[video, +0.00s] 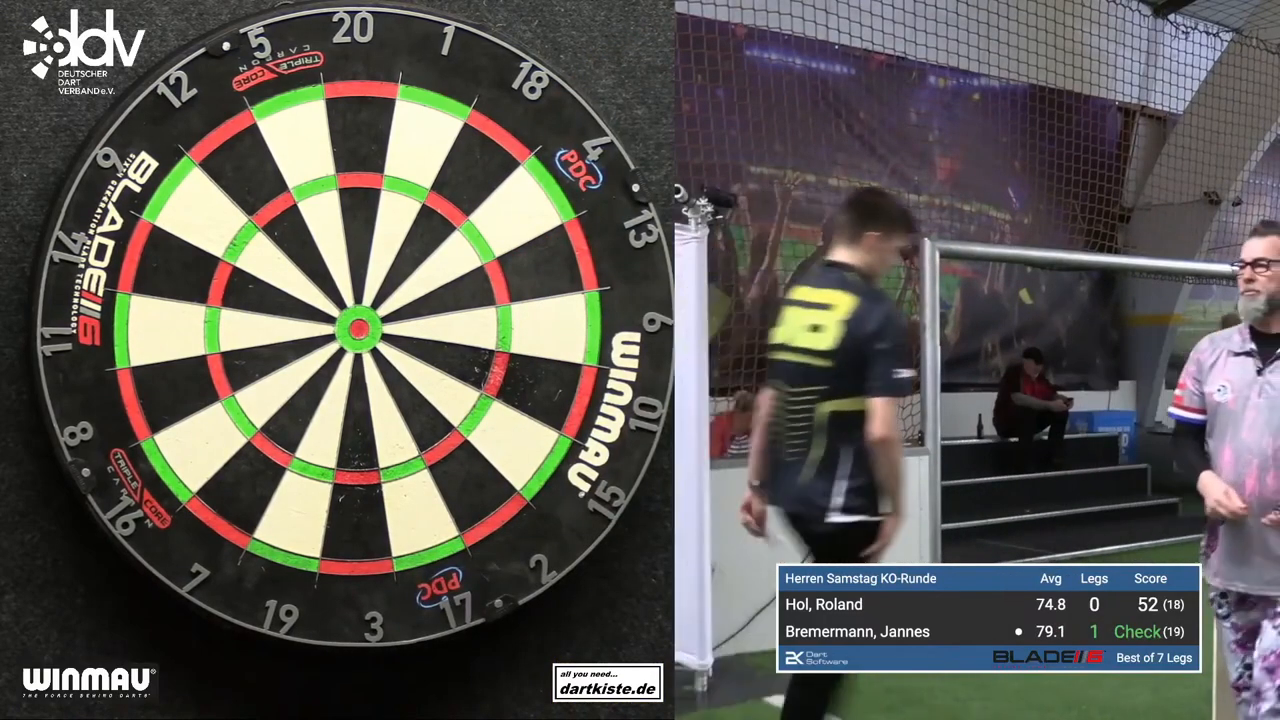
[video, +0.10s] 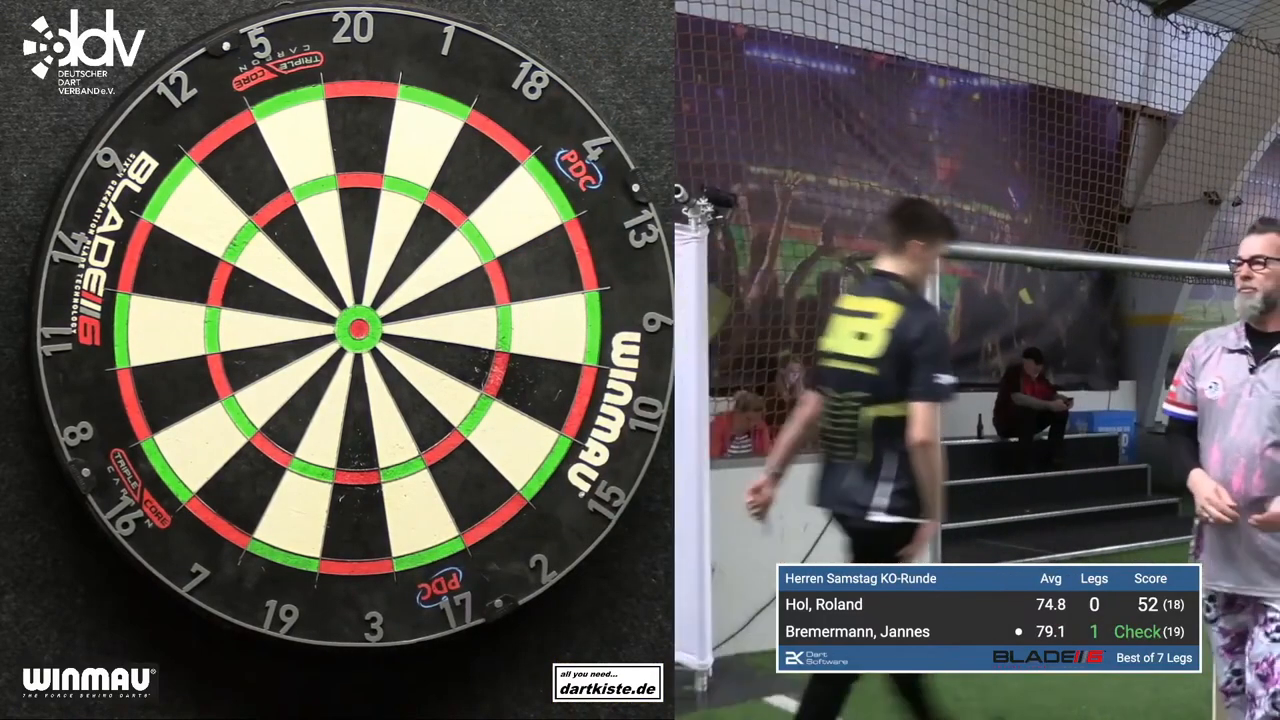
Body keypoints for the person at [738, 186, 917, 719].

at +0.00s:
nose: (898, 263)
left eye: (901, 252)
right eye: (897, 250)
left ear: (847, 236)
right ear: (870, 238)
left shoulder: (799, 292)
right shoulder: (875, 310)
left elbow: (770, 395)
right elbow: (879, 432)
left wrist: (756, 483)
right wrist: (894, 507)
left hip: (792, 489)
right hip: (845, 499)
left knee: (847, 613)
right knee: (839, 626)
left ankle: (819, 705)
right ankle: (800, 711)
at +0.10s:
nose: (939, 267)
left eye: (942, 256)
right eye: (938, 255)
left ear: (895, 247)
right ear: (917, 249)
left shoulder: (849, 302)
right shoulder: (921, 319)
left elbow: (816, 398)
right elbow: (922, 438)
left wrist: (772, 473)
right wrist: (934, 515)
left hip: (840, 488)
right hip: (888, 500)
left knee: (894, 621)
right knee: (859, 627)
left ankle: (929, 711)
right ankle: (814, 713)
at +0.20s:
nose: (973, 274)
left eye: (975, 262)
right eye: (970, 261)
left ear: (924, 254)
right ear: (946, 256)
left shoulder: (881, 309)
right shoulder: (950, 326)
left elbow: (851, 404)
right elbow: (948, 440)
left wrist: (805, 471)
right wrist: (966, 516)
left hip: (877, 496)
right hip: (920, 506)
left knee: (934, 630)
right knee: (899, 629)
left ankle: (961, 714)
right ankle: (828, 713)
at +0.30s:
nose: (1019, 280)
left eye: (1022, 270)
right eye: (1018, 267)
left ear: (972, 255)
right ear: (992, 257)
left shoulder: (924, 309)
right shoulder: (990, 319)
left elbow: (906, 401)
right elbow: (984, 429)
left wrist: (893, 481)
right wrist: (1005, 511)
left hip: (926, 489)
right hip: (965, 498)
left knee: (977, 625)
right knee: (963, 633)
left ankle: (976, 714)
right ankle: (878, 714)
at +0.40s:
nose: (1044, 282)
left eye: (1049, 270)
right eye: (1045, 268)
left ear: (1006, 254)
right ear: (1022, 254)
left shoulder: (955, 306)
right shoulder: (1009, 314)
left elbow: (951, 401)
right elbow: (1001, 420)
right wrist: (1035, 504)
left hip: (952, 489)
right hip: (989, 495)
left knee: (984, 620)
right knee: (996, 624)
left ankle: (980, 712)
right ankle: (927, 711)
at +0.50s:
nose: (1087, 279)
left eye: (1090, 269)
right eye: (1085, 267)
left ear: (1052, 253)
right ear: (1061, 253)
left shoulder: (997, 301)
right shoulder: (1045, 313)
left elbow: (981, 387)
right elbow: (1029, 413)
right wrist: (1080, 491)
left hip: (991, 486)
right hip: (1033, 492)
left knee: (999, 606)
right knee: (1088, 600)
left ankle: (984, 711)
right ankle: (1059, 706)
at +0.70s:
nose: (1160, 281)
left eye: (1161, 270)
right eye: (1157, 269)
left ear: (1123, 262)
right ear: (1126, 261)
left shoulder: (1082, 307)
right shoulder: (1104, 321)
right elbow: (1083, 424)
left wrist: (1129, 449)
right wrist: (1142, 467)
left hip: (1073, 492)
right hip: (1097, 502)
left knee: (1051, 614)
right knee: (1139, 619)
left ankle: (997, 711)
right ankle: (1166, 707)